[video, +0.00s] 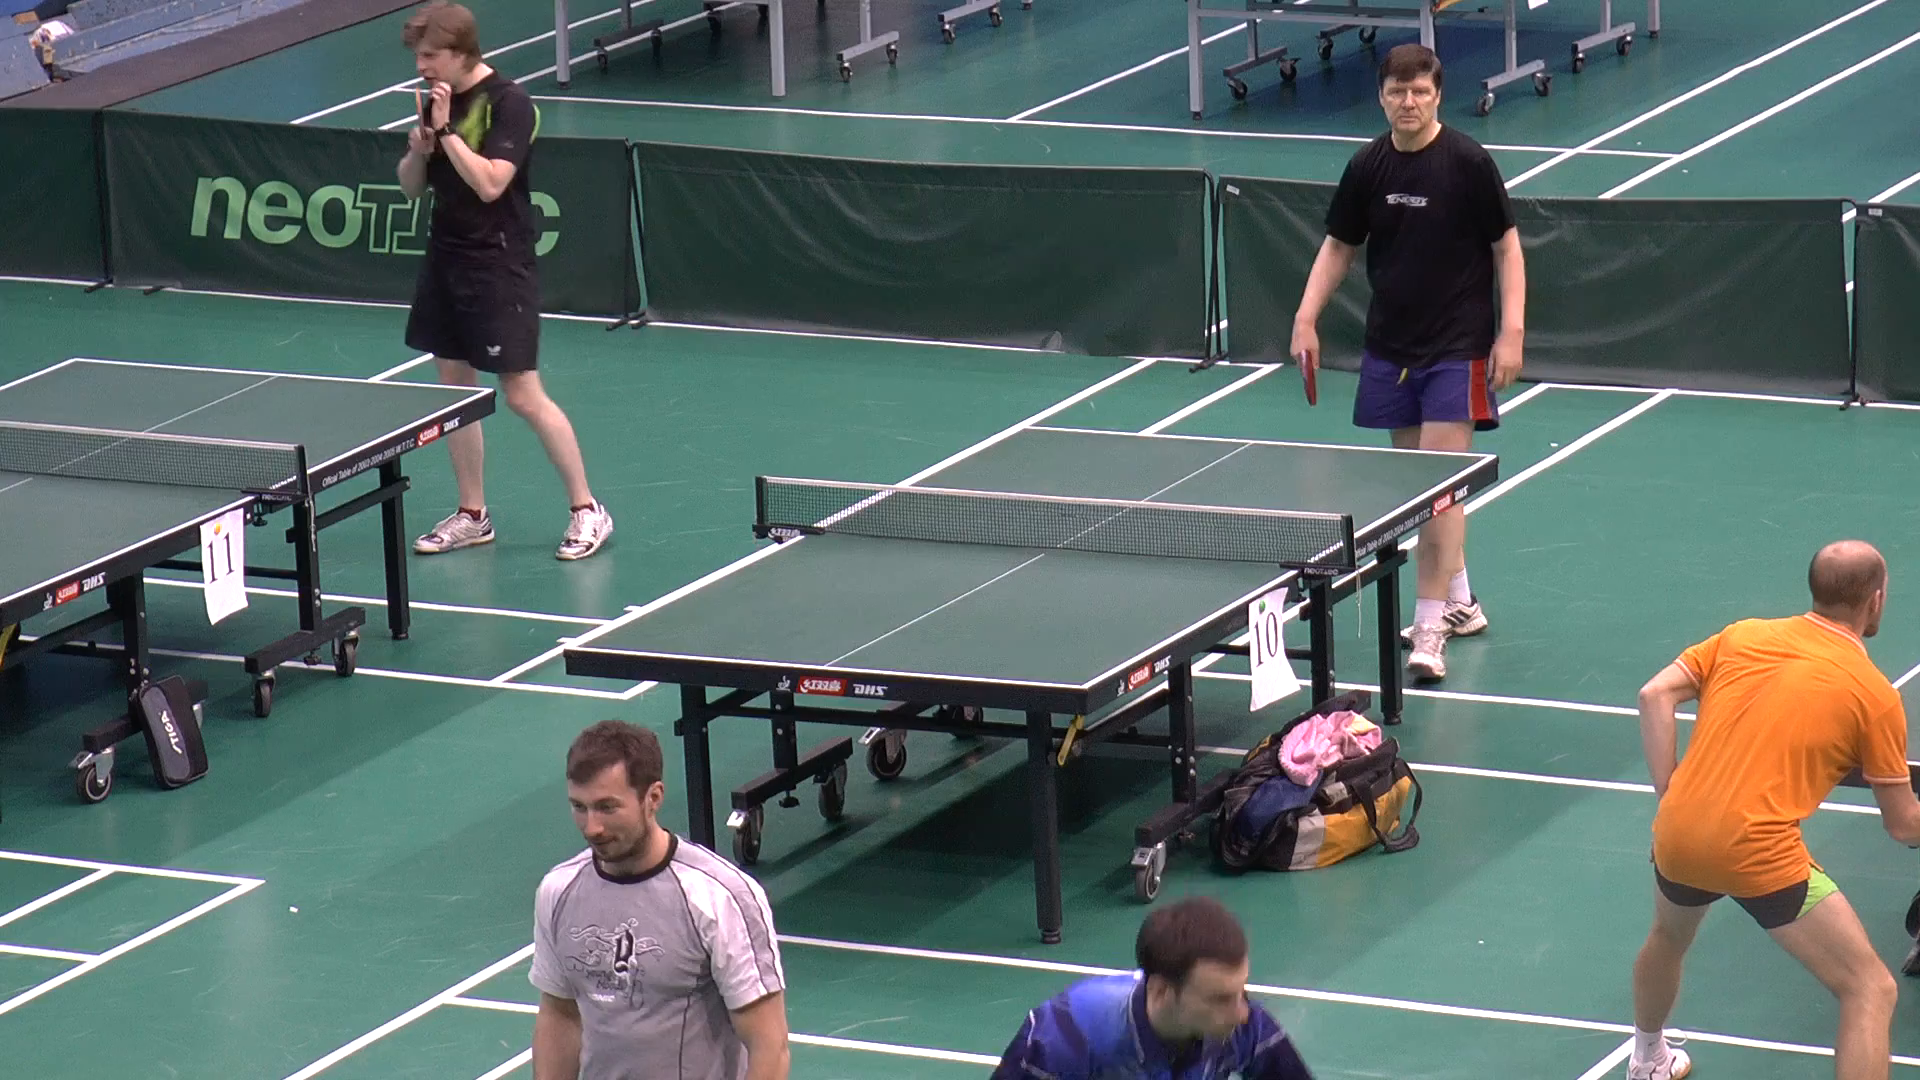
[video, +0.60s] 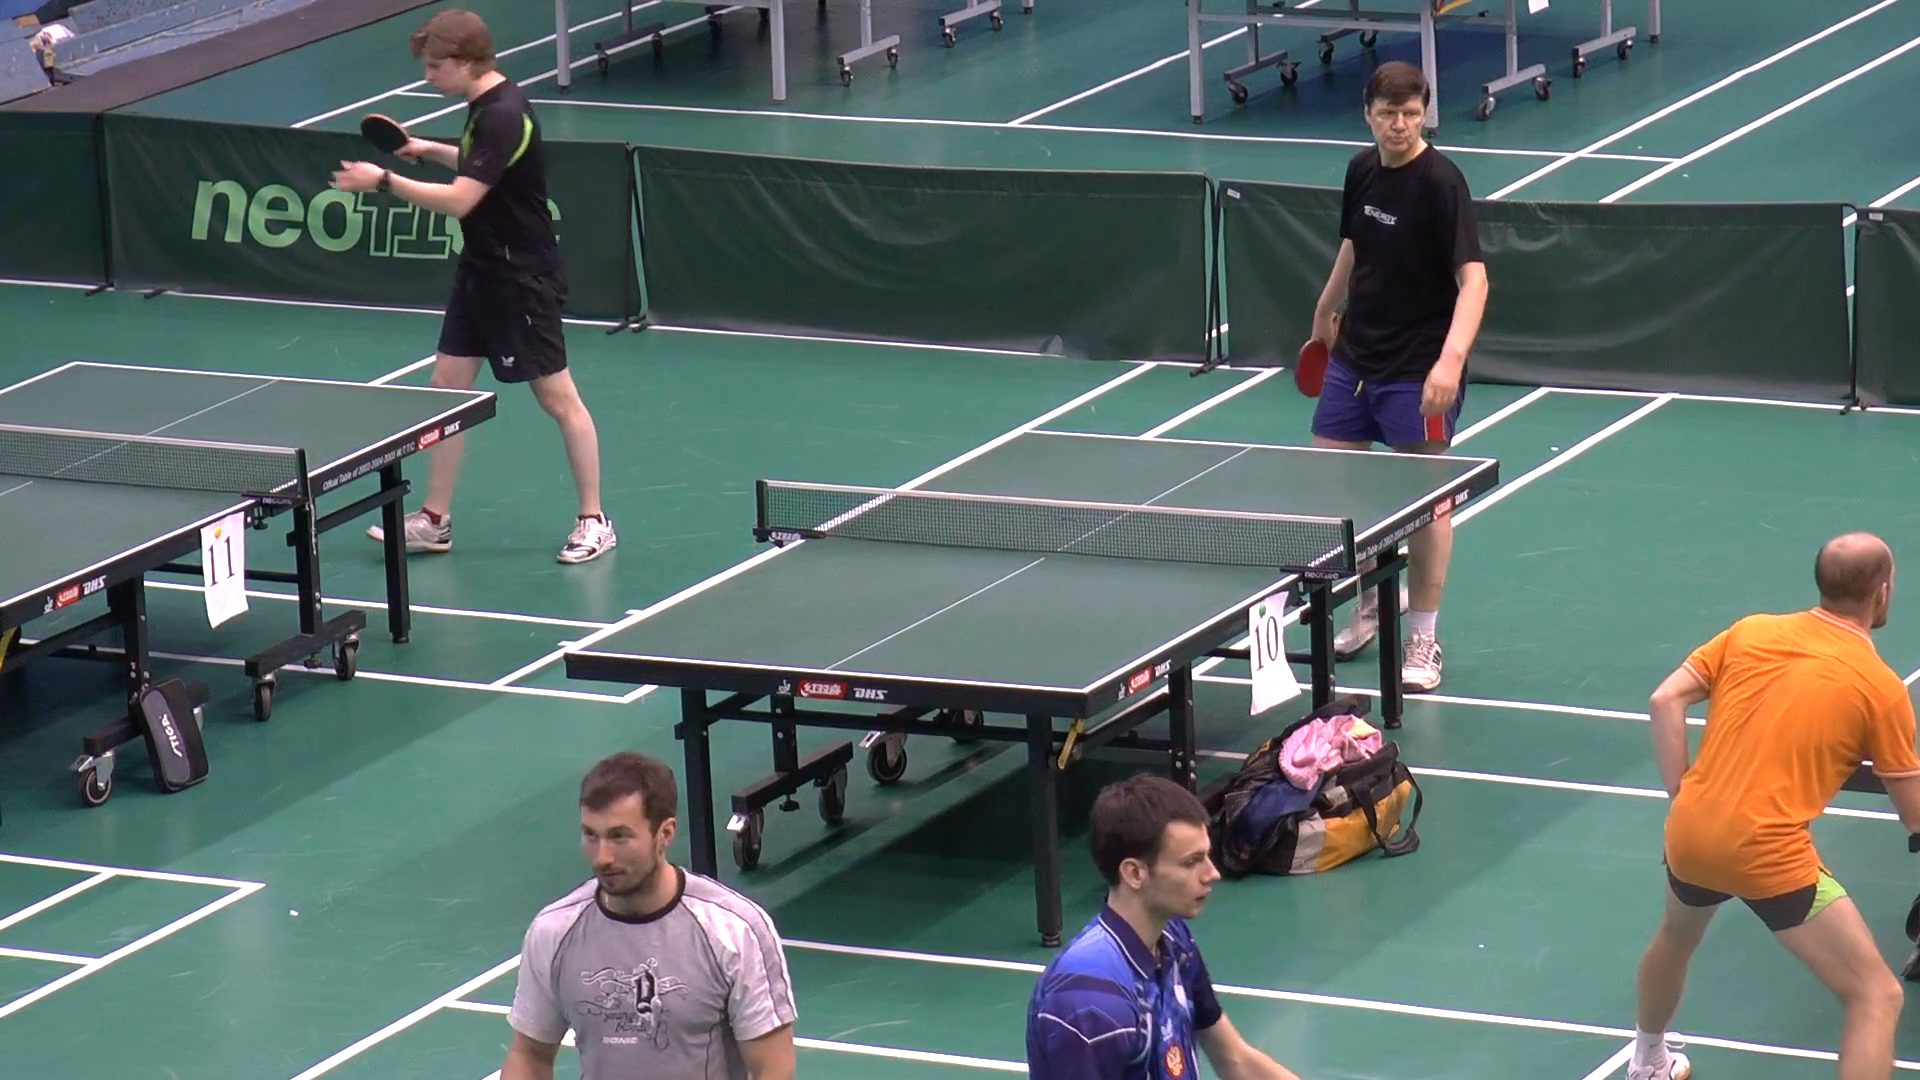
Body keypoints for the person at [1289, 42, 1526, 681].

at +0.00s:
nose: (1408, 102)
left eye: (1419, 91)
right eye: (1397, 92)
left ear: (1438, 95)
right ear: (1383, 97)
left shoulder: (1470, 163)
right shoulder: (1366, 167)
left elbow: (1507, 248)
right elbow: (1337, 247)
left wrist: (1512, 333)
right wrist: (1305, 316)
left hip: (1457, 345)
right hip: (1389, 346)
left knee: (1436, 484)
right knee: (1420, 484)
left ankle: (1429, 625)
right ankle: (1459, 599)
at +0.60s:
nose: (1399, 124)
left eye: (1410, 114)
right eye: (1387, 114)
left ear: (1426, 114)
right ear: (1370, 115)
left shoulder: (1444, 182)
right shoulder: (1360, 168)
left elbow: (1475, 282)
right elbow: (1354, 246)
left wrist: (1450, 364)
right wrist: (1327, 307)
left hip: (1415, 372)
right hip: (1352, 361)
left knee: (1426, 501)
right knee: (1325, 476)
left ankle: (1423, 636)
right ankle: (1371, 597)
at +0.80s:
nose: (1387, 117)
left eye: (1398, 107)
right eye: (1376, 106)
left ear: (1413, 111)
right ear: (1356, 111)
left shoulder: (1433, 181)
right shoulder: (1339, 175)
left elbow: (1470, 273)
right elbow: (1323, 254)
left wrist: (1453, 349)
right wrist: (1290, 327)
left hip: (1407, 373)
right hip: (1337, 367)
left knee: (1420, 503)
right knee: (1322, 490)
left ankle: (1422, 638)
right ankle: (1353, 608)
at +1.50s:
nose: (1304, 115)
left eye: (1312, 103)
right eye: (1291, 109)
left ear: (1330, 107)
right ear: (1277, 124)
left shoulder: (1382, 163)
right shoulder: (1274, 201)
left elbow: (1427, 227)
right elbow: (1253, 288)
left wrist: (1468, 294)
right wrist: (1242, 369)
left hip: (1411, 351)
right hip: (1333, 365)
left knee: (1431, 490)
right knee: (1342, 496)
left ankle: (1453, 625)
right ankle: (1360, 619)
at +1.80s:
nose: (1327, 104)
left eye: (1337, 92)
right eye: (1315, 97)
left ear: (1356, 98)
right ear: (1301, 109)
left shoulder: (1401, 157)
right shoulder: (1295, 185)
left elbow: (1451, 234)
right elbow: (1278, 274)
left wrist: (1469, 312)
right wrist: (1261, 354)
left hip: (1423, 350)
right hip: (1343, 360)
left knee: (1463, 478)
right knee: (1347, 494)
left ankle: (1502, 590)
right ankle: (1362, 619)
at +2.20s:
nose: (1412, 103)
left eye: (1424, 94)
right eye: (1403, 92)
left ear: (1446, 102)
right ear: (1391, 98)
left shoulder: (1475, 166)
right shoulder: (1376, 169)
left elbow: (1514, 251)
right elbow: (1363, 249)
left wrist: (1497, 339)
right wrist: (1329, 321)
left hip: (1464, 356)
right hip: (1391, 352)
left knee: (1485, 480)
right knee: (1376, 481)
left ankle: (1498, 598)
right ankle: (1365, 610)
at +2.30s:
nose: (1426, 104)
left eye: (1440, 96)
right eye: (1419, 93)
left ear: (1462, 102)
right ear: (1407, 95)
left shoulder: (1487, 167)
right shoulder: (1390, 162)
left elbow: (1520, 261)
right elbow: (1383, 238)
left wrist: (1528, 350)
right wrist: (1348, 303)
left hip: (1475, 349)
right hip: (1401, 344)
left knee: (1489, 474)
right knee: (1381, 474)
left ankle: (1498, 593)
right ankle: (1364, 604)